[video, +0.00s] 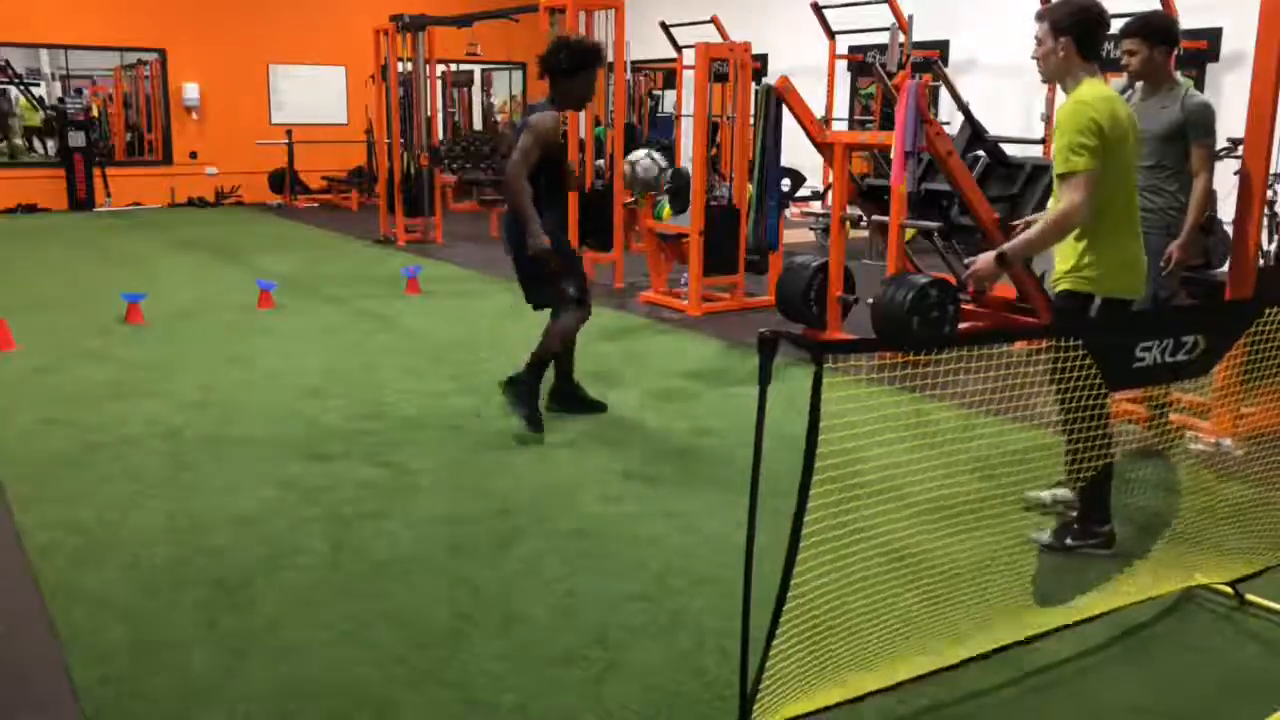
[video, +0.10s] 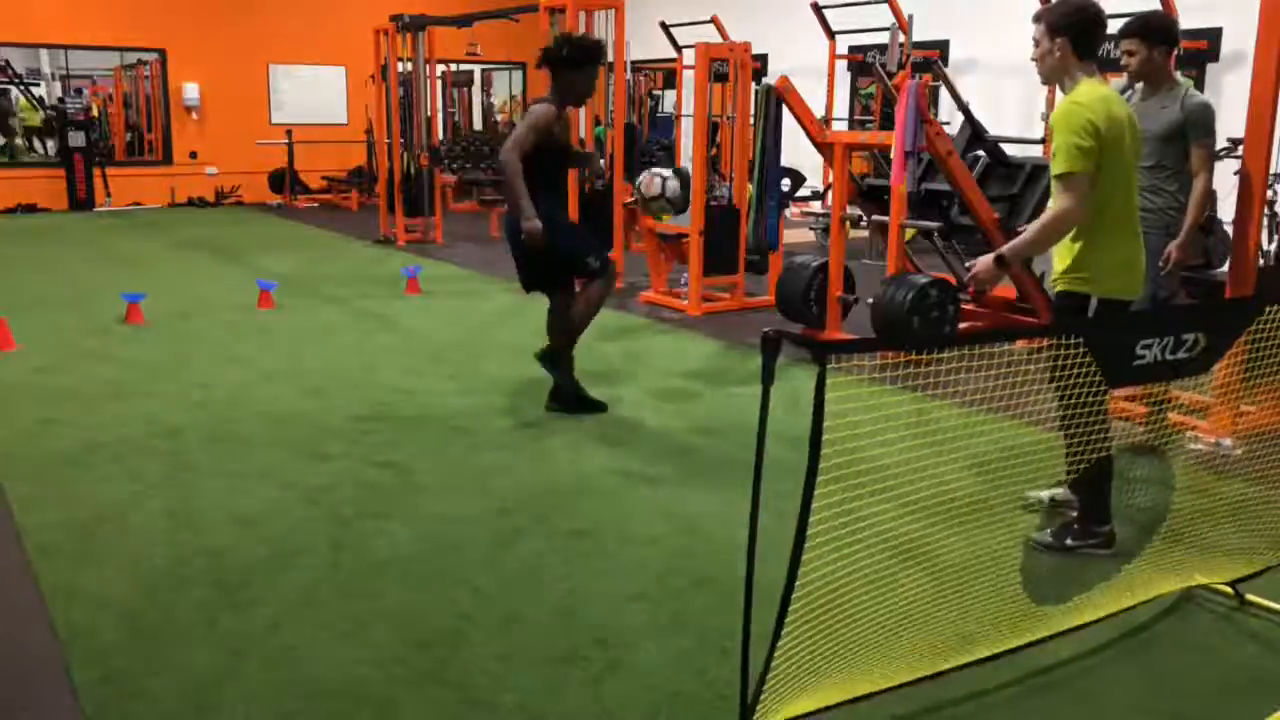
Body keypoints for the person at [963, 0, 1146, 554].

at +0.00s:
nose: (1034, 52)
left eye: (1040, 42)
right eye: (1035, 42)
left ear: (1064, 46)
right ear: (1074, 47)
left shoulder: (1080, 108)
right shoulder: (1110, 104)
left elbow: (1075, 207)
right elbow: (1101, 199)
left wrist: (1002, 257)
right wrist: (1044, 220)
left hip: (1089, 280)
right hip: (1111, 277)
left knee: (1080, 398)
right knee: (1083, 391)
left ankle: (1094, 524)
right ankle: (1083, 493)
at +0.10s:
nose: (1032, 53)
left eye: (1038, 43)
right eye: (1034, 43)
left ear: (1062, 47)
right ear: (1076, 47)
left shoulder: (1075, 109)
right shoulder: (1115, 106)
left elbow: (1070, 208)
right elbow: (1101, 201)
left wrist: (1000, 259)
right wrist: (1031, 241)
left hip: (1086, 280)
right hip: (1114, 278)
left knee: (1078, 397)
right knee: (1081, 391)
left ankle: (1094, 525)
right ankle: (1081, 492)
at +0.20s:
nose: (1030, 54)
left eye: (1035, 44)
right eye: (1031, 44)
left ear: (1058, 47)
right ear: (1074, 48)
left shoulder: (1071, 110)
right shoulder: (1113, 106)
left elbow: (1066, 208)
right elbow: (1101, 202)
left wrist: (996, 255)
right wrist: (1024, 246)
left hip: (1084, 282)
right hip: (1114, 280)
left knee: (1073, 397)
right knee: (1078, 390)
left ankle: (1094, 524)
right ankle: (1076, 487)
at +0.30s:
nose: (1028, 55)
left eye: (1033, 44)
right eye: (1030, 44)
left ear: (1055, 47)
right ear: (1072, 48)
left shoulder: (1066, 111)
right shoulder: (1112, 106)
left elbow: (1058, 207)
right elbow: (1113, 197)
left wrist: (990, 240)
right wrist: (1025, 231)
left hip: (1079, 280)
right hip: (1110, 278)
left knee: (1074, 396)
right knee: (1084, 390)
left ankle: (1092, 523)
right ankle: (1082, 492)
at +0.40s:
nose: (1027, 54)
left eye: (1031, 42)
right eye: (1029, 42)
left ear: (1052, 45)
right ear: (1076, 46)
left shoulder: (1060, 111)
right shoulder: (1111, 107)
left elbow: (1049, 204)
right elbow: (1093, 197)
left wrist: (980, 220)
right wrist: (1015, 215)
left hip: (1072, 280)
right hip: (1105, 277)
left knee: (1069, 396)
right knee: (1082, 389)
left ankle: (1091, 520)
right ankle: (1081, 491)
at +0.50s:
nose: (1028, 50)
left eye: (1033, 40)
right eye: (1030, 39)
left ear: (1055, 44)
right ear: (1079, 45)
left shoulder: (1057, 109)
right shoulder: (1112, 106)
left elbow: (1038, 199)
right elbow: (1103, 192)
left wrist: (971, 192)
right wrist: (1018, 206)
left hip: (1067, 278)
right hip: (1103, 276)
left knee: (1057, 391)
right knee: (1080, 386)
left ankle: (1089, 519)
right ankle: (1080, 488)